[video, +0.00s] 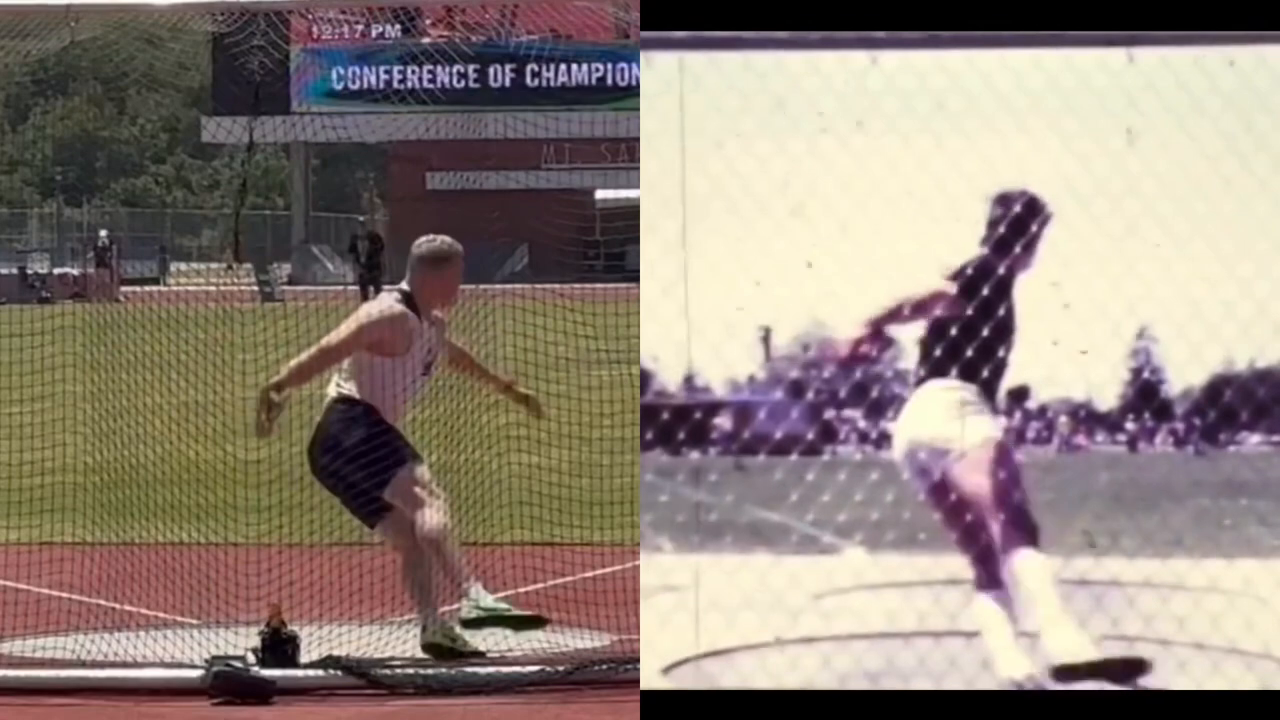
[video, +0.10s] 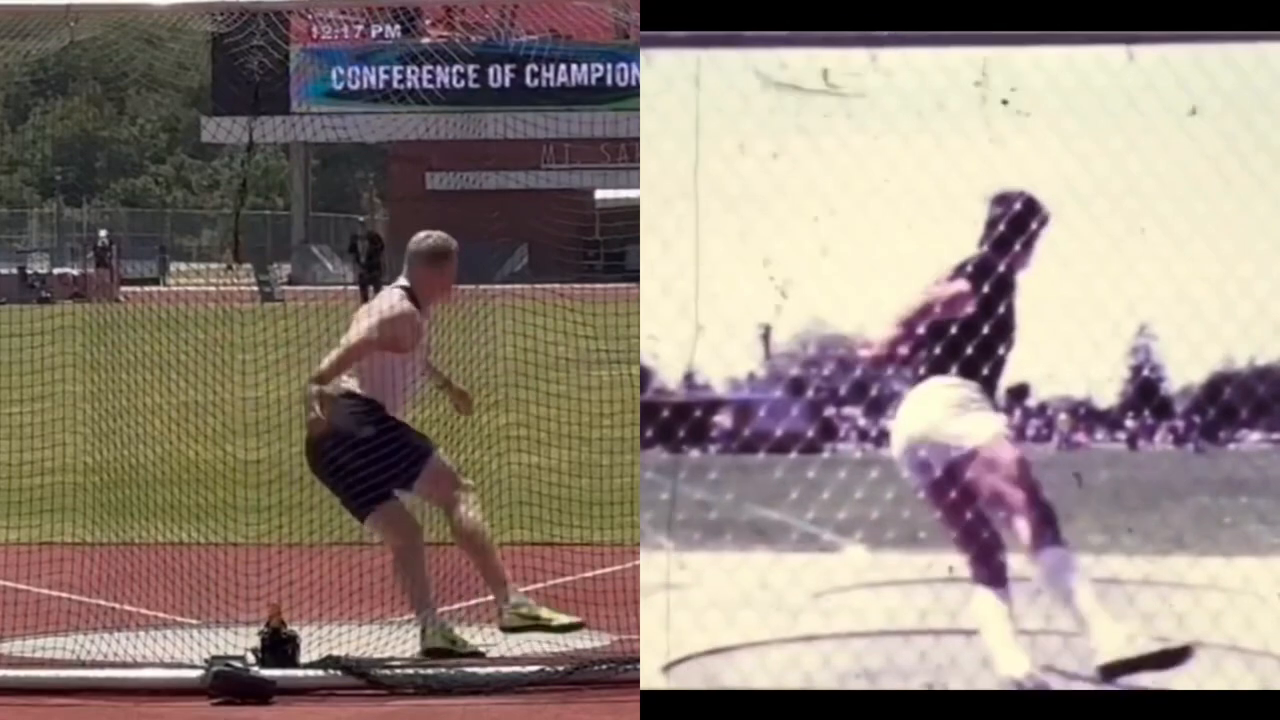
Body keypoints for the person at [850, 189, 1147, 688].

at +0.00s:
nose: (1038, 251)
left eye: (1040, 239)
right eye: (1037, 239)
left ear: (995, 231)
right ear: (1022, 239)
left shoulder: (977, 281)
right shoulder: (989, 273)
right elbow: (928, 304)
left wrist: (872, 339)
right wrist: (871, 329)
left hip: (911, 420)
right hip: (953, 406)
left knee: (981, 558)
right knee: (1014, 531)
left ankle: (1013, 668)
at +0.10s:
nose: (1034, 251)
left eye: (1036, 239)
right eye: (1032, 239)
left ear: (993, 228)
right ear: (1018, 235)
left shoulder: (982, 282)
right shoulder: (988, 272)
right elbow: (938, 302)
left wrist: (896, 346)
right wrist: (894, 340)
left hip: (909, 422)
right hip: (948, 402)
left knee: (981, 549)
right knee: (1032, 514)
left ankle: (1012, 668)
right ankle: (1108, 641)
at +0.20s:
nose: (1025, 253)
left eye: (1027, 241)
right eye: (1025, 241)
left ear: (978, 230)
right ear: (1013, 240)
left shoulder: (935, 280)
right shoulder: (1003, 277)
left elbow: (879, 315)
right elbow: (976, 299)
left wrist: (845, 350)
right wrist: (960, 335)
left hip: (902, 415)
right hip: (954, 399)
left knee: (978, 549)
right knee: (1065, 505)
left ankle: (1011, 670)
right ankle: (1154, 630)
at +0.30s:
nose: (1010, 256)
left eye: (1008, 248)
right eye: (1009, 247)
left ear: (963, 237)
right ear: (1000, 243)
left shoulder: (918, 284)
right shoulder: (999, 277)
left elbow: (847, 321)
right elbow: (1020, 310)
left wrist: (806, 371)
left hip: (905, 420)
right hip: (965, 401)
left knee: (976, 550)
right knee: (1078, 497)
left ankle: (1012, 670)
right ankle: (1156, 607)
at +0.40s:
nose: (984, 250)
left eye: (979, 245)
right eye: (984, 243)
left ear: (936, 237)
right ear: (980, 239)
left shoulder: (897, 281)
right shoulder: (986, 273)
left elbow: (827, 319)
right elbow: (1029, 296)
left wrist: (801, 370)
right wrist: (1081, 317)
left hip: (915, 416)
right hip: (976, 397)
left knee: (970, 539)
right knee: (1060, 482)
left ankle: (1007, 667)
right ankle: (1128, 585)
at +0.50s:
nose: (969, 235)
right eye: (969, 227)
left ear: (924, 230)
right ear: (968, 228)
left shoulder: (892, 273)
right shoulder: (984, 267)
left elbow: (824, 310)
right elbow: (1042, 293)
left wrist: (801, 363)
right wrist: (1102, 311)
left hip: (923, 407)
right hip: (981, 386)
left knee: (972, 535)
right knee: (1049, 479)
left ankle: (1007, 658)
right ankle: (1111, 572)